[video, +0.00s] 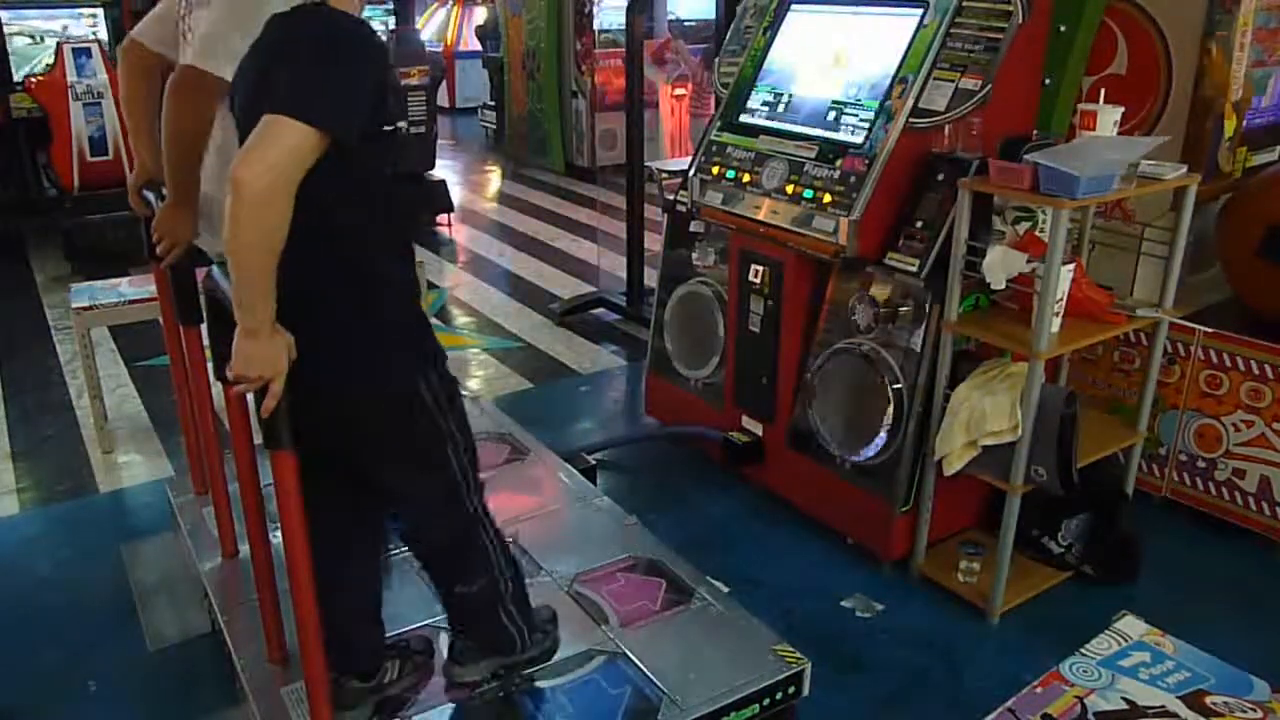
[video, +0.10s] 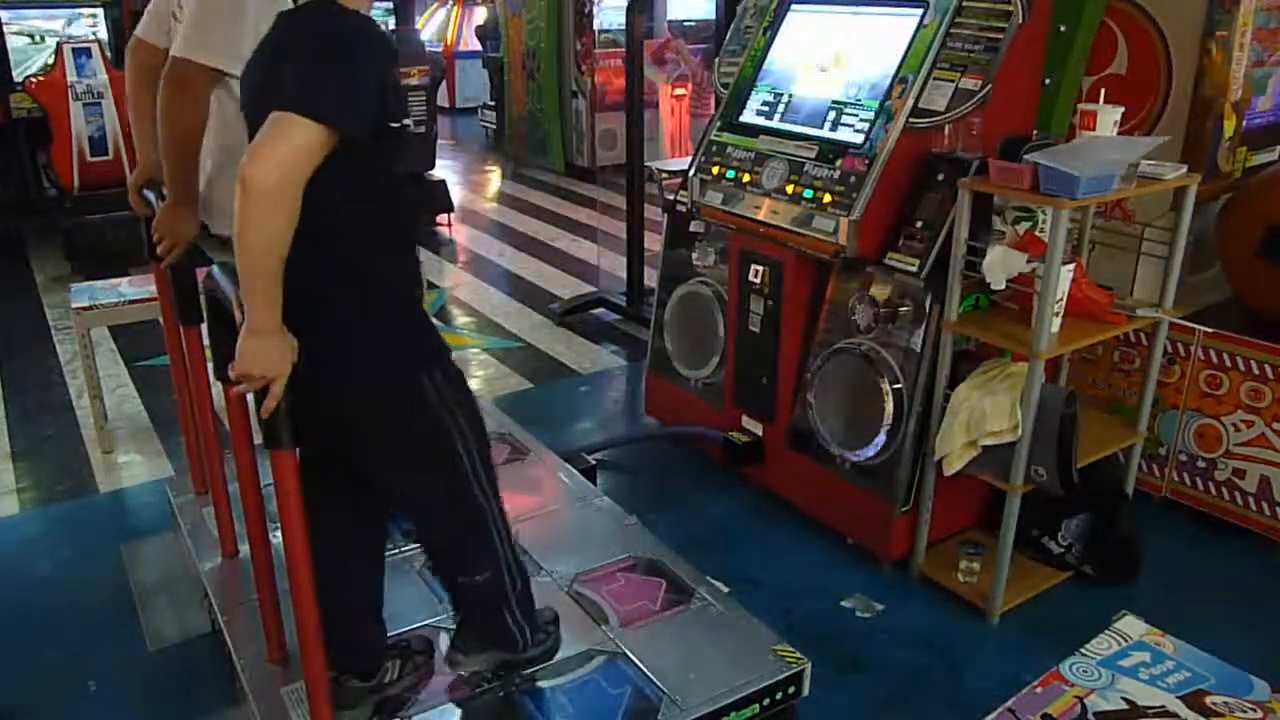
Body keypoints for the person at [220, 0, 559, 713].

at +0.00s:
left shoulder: (274, 46)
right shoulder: (341, 40)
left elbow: (310, 189)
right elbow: (255, 178)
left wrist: (403, 201)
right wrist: (256, 323)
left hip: (308, 334)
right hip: (371, 336)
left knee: (339, 511)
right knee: (442, 494)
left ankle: (355, 666)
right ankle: (498, 635)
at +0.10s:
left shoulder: (286, 42)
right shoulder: (346, 39)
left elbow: (323, 186)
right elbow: (266, 174)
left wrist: (408, 200)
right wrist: (264, 322)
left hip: (312, 331)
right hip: (374, 332)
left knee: (340, 502)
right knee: (453, 475)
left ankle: (356, 662)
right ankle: (503, 631)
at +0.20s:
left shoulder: (297, 42)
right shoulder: (354, 39)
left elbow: (320, 187)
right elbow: (267, 175)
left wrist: (408, 202)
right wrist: (264, 323)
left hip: (319, 338)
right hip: (386, 340)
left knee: (344, 511)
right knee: (474, 479)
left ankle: (354, 668)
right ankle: (507, 629)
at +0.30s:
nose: (425, 4)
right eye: (419, 5)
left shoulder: (308, 43)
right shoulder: (366, 39)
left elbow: (328, 189)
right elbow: (281, 179)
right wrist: (265, 324)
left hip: (330, 326)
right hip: (392, 327)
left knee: (348, 501)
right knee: (473, 470)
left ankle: (357, 663)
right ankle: (520, 616)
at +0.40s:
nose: (436, 0)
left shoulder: (316, 49)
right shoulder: (380, 47)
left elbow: (323, 200)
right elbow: (304, 194)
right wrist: (275, 332)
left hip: (339, 336)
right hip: (406, 336)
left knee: (355, 510)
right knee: (477, 481)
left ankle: (357, 663)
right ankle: (525, 619)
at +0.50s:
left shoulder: (324, 51)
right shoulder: (400, 48)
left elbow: (335, 208)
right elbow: (325, 208)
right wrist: (289, 343)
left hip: (347, 333)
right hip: (421, 334)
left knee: (365, 508)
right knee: (487, 484)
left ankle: (361, 662)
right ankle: (524, 625)